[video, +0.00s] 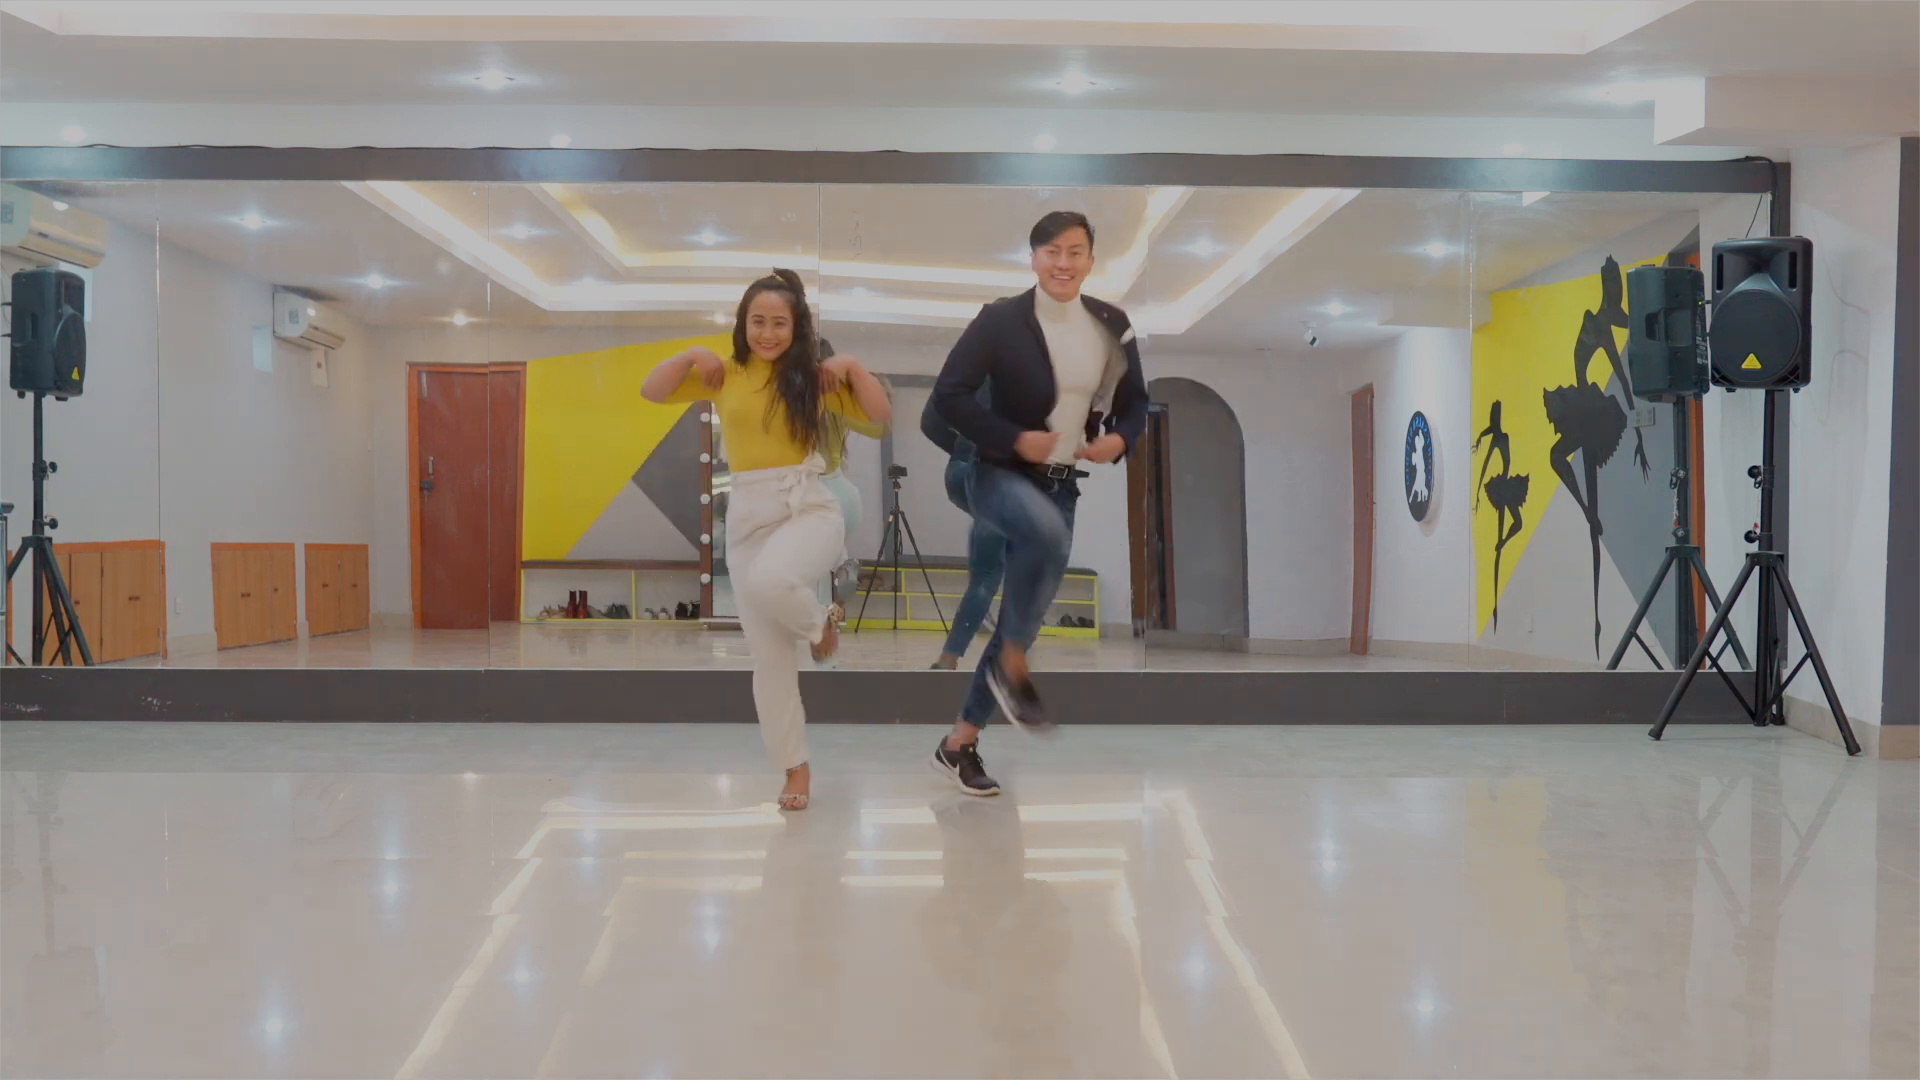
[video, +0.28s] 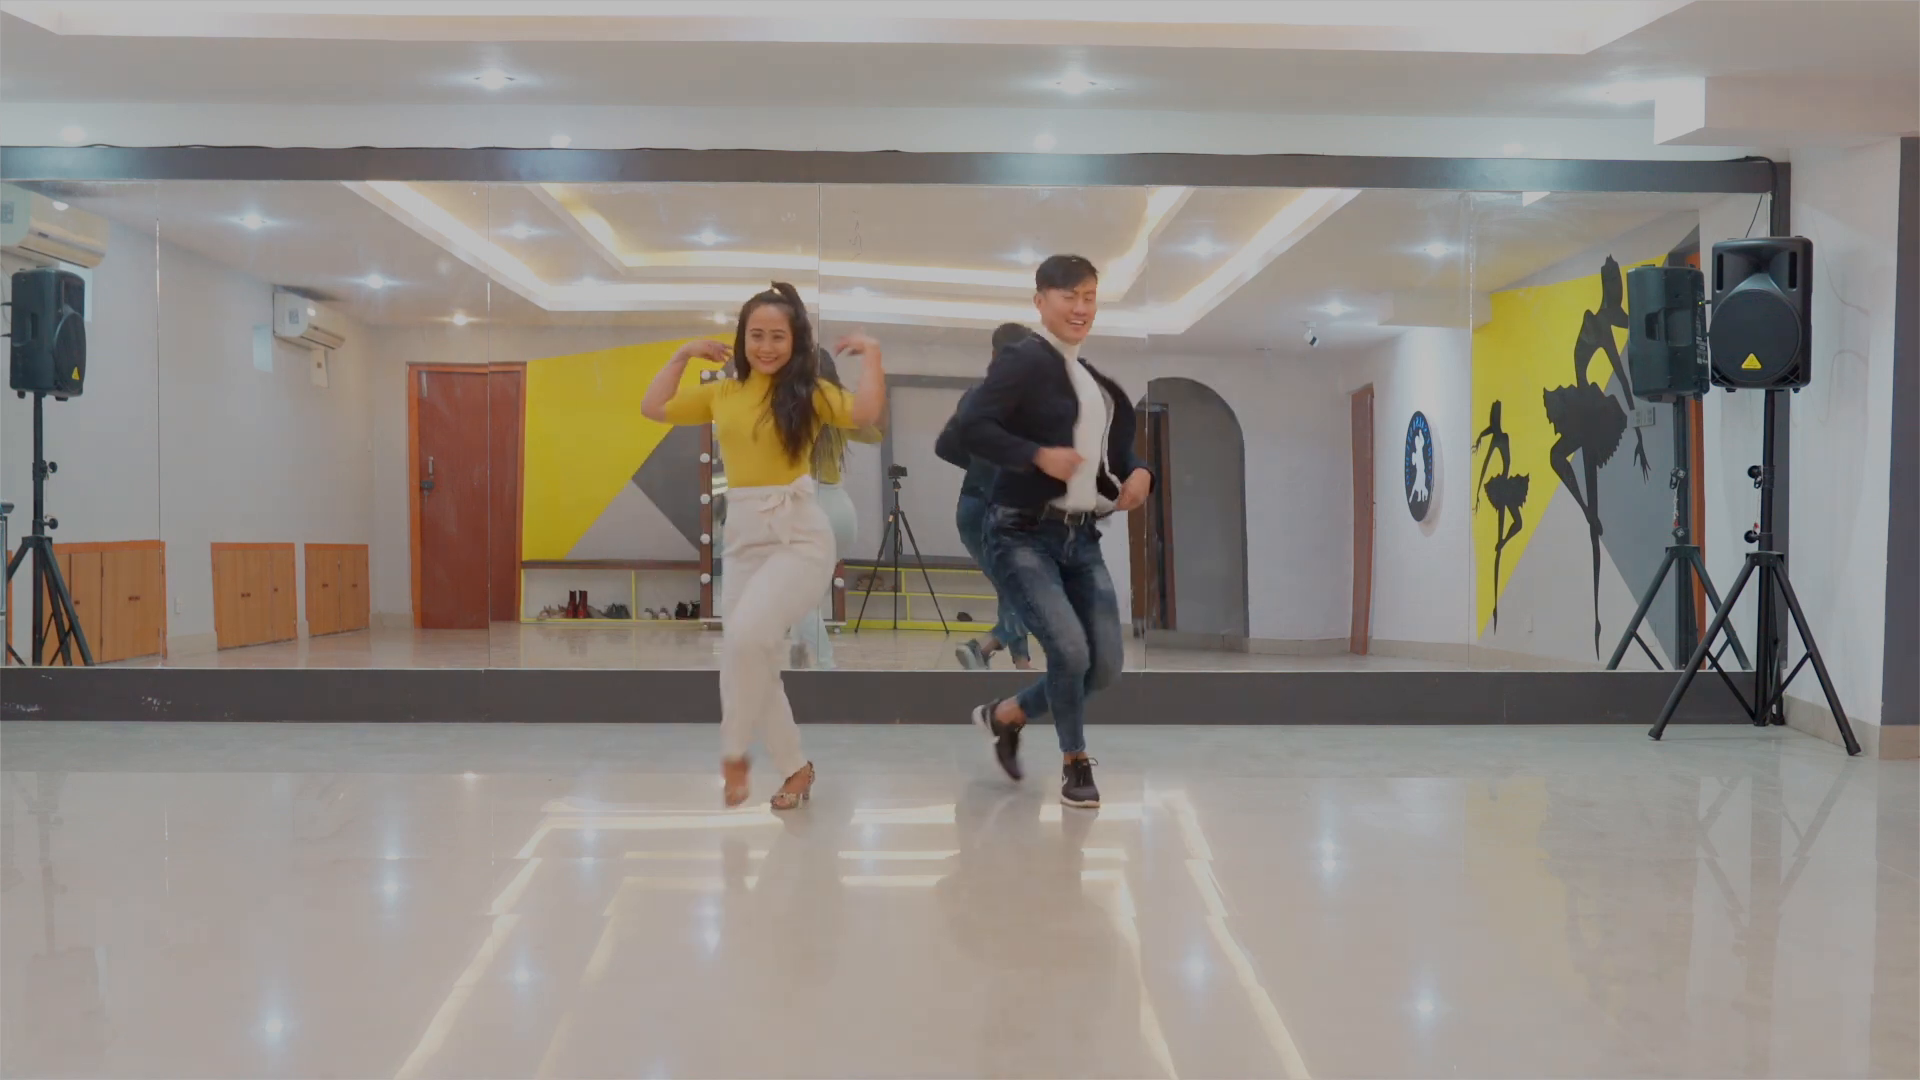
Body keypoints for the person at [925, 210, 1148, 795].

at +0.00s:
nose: (1064, 263)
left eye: (1075, 252)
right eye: (1053, 251)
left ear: (1092, 261)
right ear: (1034, 259)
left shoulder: (1112, 328)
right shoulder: (1000, 322)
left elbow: (1135, 403)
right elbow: (950, 397)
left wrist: (1120, 437)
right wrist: (1015, 438)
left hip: (1058, 486)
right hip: (993, 470)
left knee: (1023, 616)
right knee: (1045, 535)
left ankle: (961, 741)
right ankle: (1012, 663)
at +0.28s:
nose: (1082, 308)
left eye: (1089, 298)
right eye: (1069, 296)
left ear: (1097, 305)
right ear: (1041, 301)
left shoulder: (1094, 382)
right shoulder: (1022, 363)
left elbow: (1112, 457)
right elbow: (962, 432)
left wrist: (1138, 473)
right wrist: (1036, 454)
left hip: (1080, 536)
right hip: (1018, 534)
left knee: (1105, 664)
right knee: (1070, 651)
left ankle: (1008, 715)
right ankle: (1076, 760)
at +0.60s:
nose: (1097, 314)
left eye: (1106, 302)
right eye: (1084, 303)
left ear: (1115, 308)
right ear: (1057, 309)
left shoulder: (1114, 369)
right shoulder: (1034, 371)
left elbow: (1144, 447)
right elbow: (954, 438)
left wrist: (1120, 435)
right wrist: (1005, 486)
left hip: (1070, 528)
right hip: (1010, 524)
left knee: (1056, 649)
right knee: (1043, 630)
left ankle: (972, 743)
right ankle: (1064, 741)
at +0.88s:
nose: (1083, 307)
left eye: (1093, 295)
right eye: (1071, 296)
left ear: (1107, 297)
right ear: (1050, 302)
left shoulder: (1133, 363)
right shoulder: (1018, 365)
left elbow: (1146, 447)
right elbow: (951, 435)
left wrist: (1101, 497)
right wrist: (986, 455)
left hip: (1110, 521)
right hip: (1050, 520)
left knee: (1096, 650)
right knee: (1105, 641)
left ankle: (994, 724)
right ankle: (1044, 756)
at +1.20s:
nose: (1158, 302)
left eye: (1168, 290)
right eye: (1146, 292)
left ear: (1184, 291)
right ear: (1128, 294)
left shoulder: (1213, 346)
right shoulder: (1106, 362)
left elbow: (1247, 390)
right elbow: (1060, 449)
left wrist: (1255, 431)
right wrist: (1125, 476)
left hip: (1185, 517)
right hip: (1110, 516)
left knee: (1223, 644)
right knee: (1053, 622)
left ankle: (1230, 754)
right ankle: (1043, 750)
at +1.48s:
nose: (1193, 319)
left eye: (1203, 306)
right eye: (1181, 306)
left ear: (1215, 302)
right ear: (1157, 301)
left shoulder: (1233, 365)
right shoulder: (1124, 370)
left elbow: (1272, 435)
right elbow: (1103, 449)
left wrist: (1247, 404)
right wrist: (1146, 471)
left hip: (1261, 506)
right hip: (1202, 521)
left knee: (1277, 649)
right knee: (1270, 648)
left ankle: (1230, 755)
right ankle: (1207, 722)